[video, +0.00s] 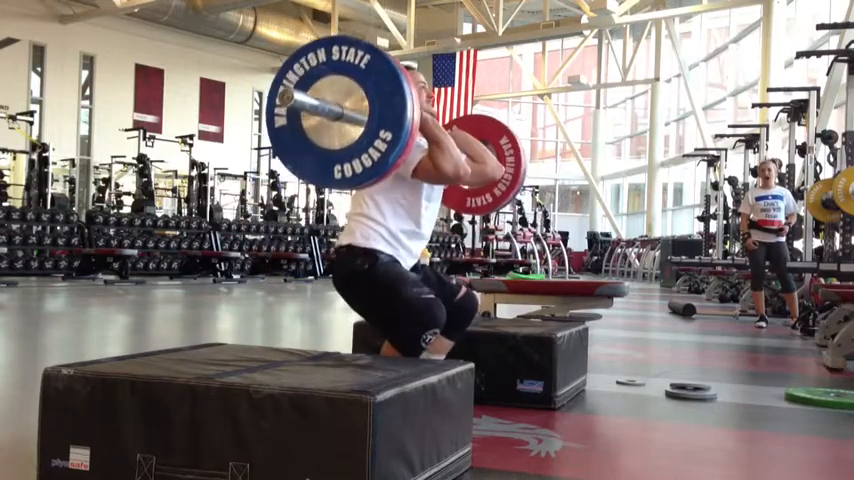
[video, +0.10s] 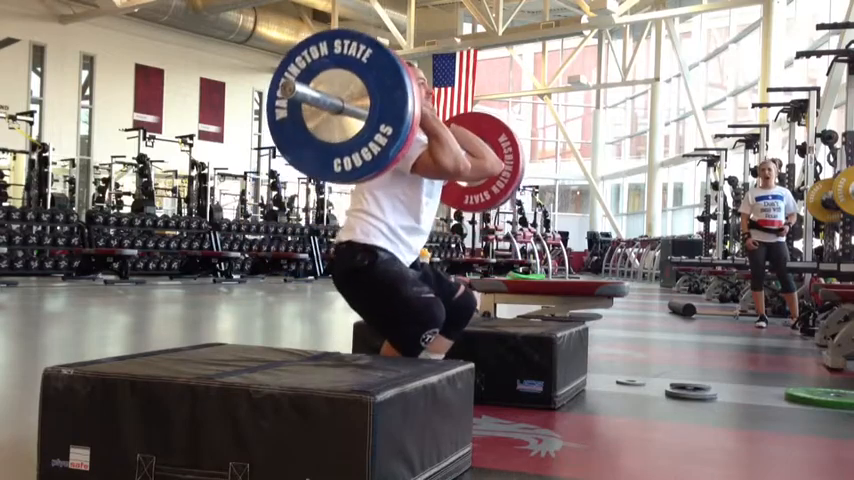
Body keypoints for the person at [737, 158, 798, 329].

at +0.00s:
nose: (766, 173)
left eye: (769, 170)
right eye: (763, 170)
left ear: (775, 173)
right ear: (759, 173)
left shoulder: (784, 193)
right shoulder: (751, 193)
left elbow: (792, 214)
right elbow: (744, 216)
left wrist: (788, 224)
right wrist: (746, 236)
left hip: (777, 239)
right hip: (757, 239)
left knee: (784, 275)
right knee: (757, 277)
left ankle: (795, 317)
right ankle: (761, 315)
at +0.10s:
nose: (766, 172)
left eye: (769, 169)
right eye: (763, 170)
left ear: (775, 172)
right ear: (759, 173)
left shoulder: (784, 192)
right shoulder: (751, 193)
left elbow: (792, 214)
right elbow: (744, 216)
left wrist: (788, 224)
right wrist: (746, 236)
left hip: (778, 239)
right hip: (757, 239)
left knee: (785, 275)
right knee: (757, 277)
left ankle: (795, 317)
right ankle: (761, 315)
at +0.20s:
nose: (766, 172)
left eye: (769, 169)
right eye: (763, 170)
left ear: (775, 172)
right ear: (759, 173)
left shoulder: (784, 192)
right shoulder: (752, 193)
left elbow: (792, 213)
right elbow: (744, 216)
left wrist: (788, 224)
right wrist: (746, 235)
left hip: (778, 239)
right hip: (757, 239)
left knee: (785, 275)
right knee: (757, 277)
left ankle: (795, 317)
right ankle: (761, 315)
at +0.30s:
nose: (766, 172)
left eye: (770, 169)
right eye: (763, 169)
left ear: (775, 172)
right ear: (759, 172)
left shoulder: (784, 192)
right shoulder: (752, 193)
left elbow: (792, 213)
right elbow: (744, 216)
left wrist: (788, 224)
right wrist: (746, 235)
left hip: (778, 239)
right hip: (757, 239)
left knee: (785, 275)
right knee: (757, 277)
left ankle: (795, 317)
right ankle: (761, 316)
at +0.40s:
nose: (767, 172)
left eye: (770, 169)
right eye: (764, 169)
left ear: (776, 172)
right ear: (760, 172)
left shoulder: (784, 192)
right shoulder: (752, 193)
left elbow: (792, 213)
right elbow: (744, 216)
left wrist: (788, 224)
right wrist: (746, 235)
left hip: (778, 239)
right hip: (757, 239)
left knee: (785, 275)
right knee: (757, 277)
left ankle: (795, 317)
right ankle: (761, 315)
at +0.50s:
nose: (767, 172)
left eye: (770, 169)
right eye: (764, 170)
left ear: (776, 172)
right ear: (760, 173)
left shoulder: (784, 192)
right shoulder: (752, 193)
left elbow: (792, 213)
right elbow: (744, 216)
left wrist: (788, 224)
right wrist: (746, 235)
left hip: (778, 239)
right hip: (757, 239)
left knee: (785, 275)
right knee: (757, 277)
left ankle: (795, 317)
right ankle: (761, 316)